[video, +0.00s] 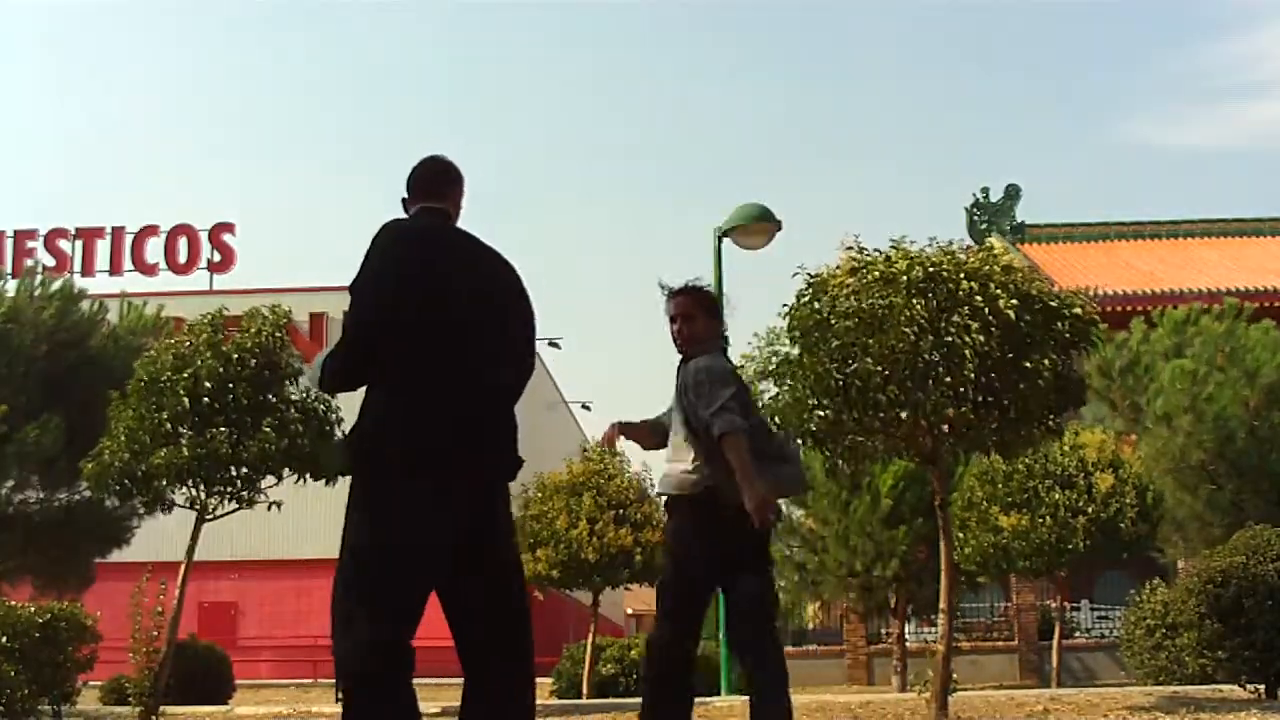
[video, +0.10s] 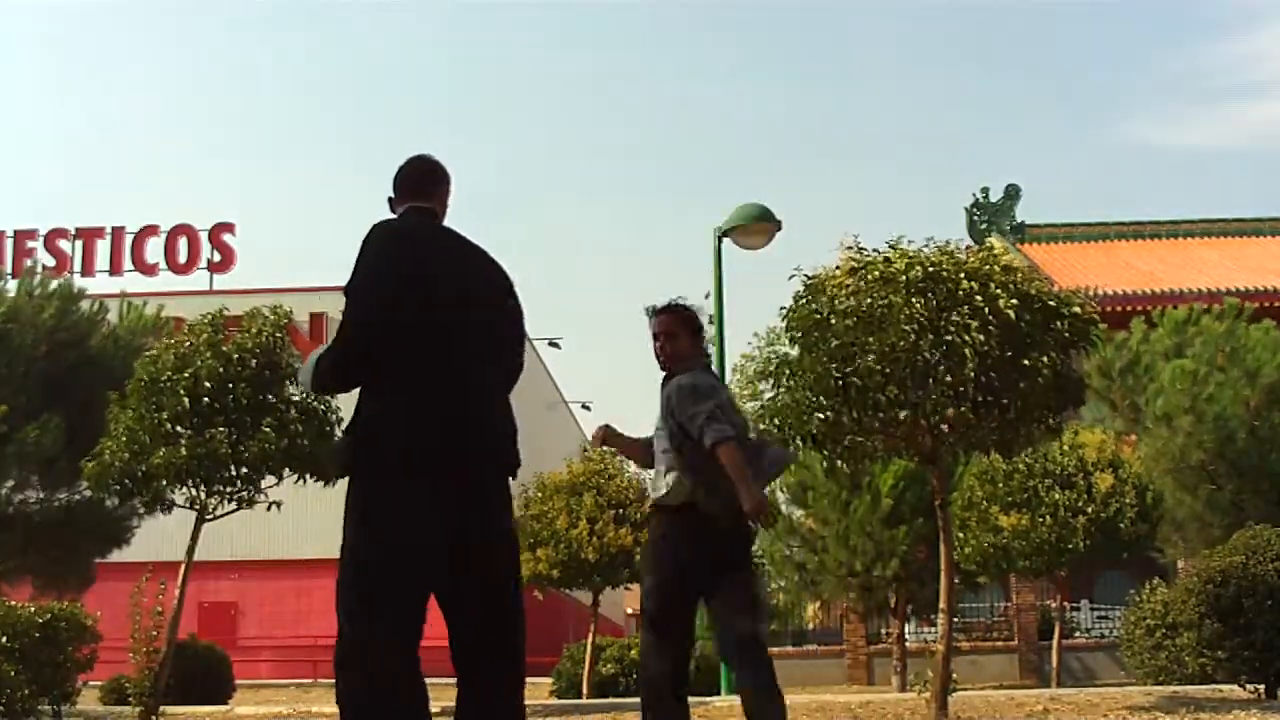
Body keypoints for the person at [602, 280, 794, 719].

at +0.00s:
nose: (677, 329)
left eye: (686, 319)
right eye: (672, 322)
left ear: (716, 324)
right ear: (670, 328)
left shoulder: (705, 368)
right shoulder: (699, 372)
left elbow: (730, 429)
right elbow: (663, 432)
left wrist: (751, 486)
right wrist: (626, 428)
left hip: (701, 512)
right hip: (737, 512)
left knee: (673, 634)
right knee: (756, 634)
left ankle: (661, 713)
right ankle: (773, 713)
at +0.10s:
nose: (659, 347)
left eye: (669, 338)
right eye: (655, 340)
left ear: (697, 340)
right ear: (654, 345)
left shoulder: (687, 385)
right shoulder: (693, 387)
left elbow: (722, 438)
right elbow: (656, 455)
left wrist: (748, 489)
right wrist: (617, 441)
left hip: (680, 526)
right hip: (724, 526)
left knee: (663, 645)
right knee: (743, 642)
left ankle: (663, 714)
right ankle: (767, 714)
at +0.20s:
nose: (635, 361)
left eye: (641, 350)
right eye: (633, 352)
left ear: (670, 350)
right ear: (672, 353)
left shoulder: (666, 394)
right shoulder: (692, 393)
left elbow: (691, 456)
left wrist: (712, 513)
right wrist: (632, 471)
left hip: (659, 528)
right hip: (691, 526)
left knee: (648, 628)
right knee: (702, 619)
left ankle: (661, 712)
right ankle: (744, 691)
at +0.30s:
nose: (617, 362)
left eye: (623, 353)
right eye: (615, 355)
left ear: (651, 352)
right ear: (656, 355)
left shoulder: (649, 396)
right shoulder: (682, 396)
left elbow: (654, 461)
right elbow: (702, 467)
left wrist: (643, 519)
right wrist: (688, 522)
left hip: (656, 526)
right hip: (686, 527)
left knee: (634, 623)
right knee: (675, 623)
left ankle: (656, 710)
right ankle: (712, 700)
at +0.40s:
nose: (605, 368)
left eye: (610, 358)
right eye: (602, 360)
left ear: (636, 356)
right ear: (646, 358)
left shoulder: (633, 397)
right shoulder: (669, 398)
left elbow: (622, 462)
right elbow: (693, 468)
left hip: (644, 529)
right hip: (675, 528)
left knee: (632, 624)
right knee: (646, 622)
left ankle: (655, 709)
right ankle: (666, 707)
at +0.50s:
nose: (590, 380)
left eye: (596, 371)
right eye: (587, 372)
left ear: (620, 369)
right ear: (631, 372)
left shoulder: (617, 409)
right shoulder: (657, 410)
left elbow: (599, 468)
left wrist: (541, 500)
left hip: (629, 535)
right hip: (657, 534)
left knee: (632, 629)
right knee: (638, 627)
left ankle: (654, 710)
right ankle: (638, 706)